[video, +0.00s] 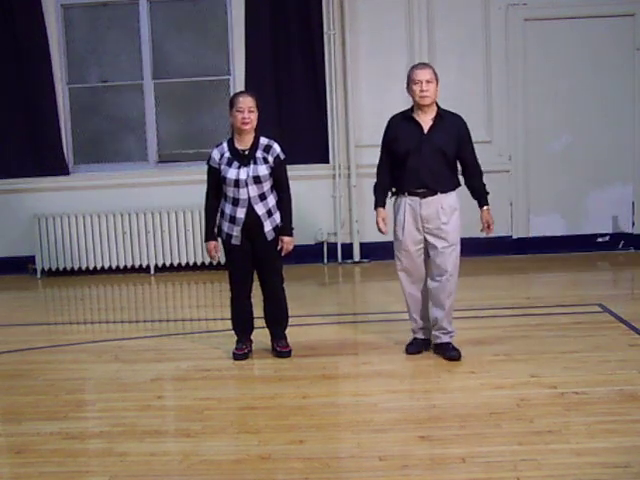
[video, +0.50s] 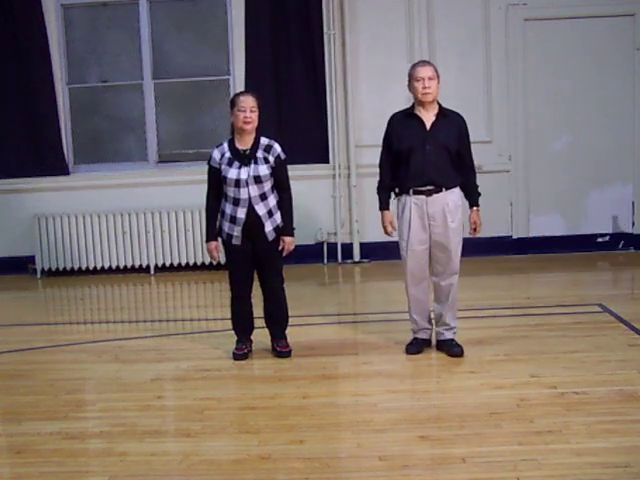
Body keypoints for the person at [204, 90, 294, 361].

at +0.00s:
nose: (245, 116)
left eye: (250, 111)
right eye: (240, 111)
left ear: (257, 115)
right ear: (231, 115)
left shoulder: (271, 150)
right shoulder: (219, 154)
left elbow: (284, 192)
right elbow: (212, 197)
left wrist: (287, 230)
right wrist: (211, 235)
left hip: (267, 230)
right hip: (234, 232)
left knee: (273, 285)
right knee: (240, 289)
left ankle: (279, 336)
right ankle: (243, 338)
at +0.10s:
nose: (247, 117)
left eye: (252, 112)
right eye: (241, 112)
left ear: (258, 116)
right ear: (231, 116)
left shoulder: (271, 150)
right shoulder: (219, 154)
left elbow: (284, 192)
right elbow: (212, 197)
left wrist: (287, 230)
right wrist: (211, 235)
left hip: (268, 231)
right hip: (234, 233)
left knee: (274, 286)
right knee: (240, 289)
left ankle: (279, 336)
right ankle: (243, 338)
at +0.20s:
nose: (248, 117)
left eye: (253, 112)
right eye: (242, 112)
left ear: (258, 116)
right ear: (232, 116)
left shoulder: (271, 150)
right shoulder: (219, 155)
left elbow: (284, 192)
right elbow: (213, 198)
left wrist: (287, 230)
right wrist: (212, 235)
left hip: (268, 230)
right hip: (234, 233)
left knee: (274, 286)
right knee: (240, 289)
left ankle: (279, 336)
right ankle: (243, 338)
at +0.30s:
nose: (248, 116)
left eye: (253, 111)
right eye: (242, 111)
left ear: (259, 115)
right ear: (232, 115)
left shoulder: (271, 150)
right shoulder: (219, 154)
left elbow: (284, 192)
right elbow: (213, 198)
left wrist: (287, 230)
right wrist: (213, 236)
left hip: (268, 231)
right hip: (234, 233)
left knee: (274, 286)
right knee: (240, 289)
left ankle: (279, 336)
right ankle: (243, 338)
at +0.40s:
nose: (248, 115)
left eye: (253, 110)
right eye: (242, 110)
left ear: (259, 115)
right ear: (232, 115)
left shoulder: (271, 150)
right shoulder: (219, 154)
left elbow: (284, 192)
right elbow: (213, 198)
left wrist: (287, 230)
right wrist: (212, 235)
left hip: (268, 231)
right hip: (234, 233)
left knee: (274, 286)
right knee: (240, 289)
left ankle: (279, 336)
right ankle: (243, 338)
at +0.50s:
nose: (247, 115)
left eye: (252, 110)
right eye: (241, 110)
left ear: (258, 115)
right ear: (232, 115)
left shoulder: (272, 150)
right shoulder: (220, 154)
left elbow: (285, 192)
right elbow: (213, 198)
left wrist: (288, 230)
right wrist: (212, 235)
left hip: (268, 231)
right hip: (235, 233)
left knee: (274, 286)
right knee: (240, 289)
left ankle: (279, 336)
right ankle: (243, 338)